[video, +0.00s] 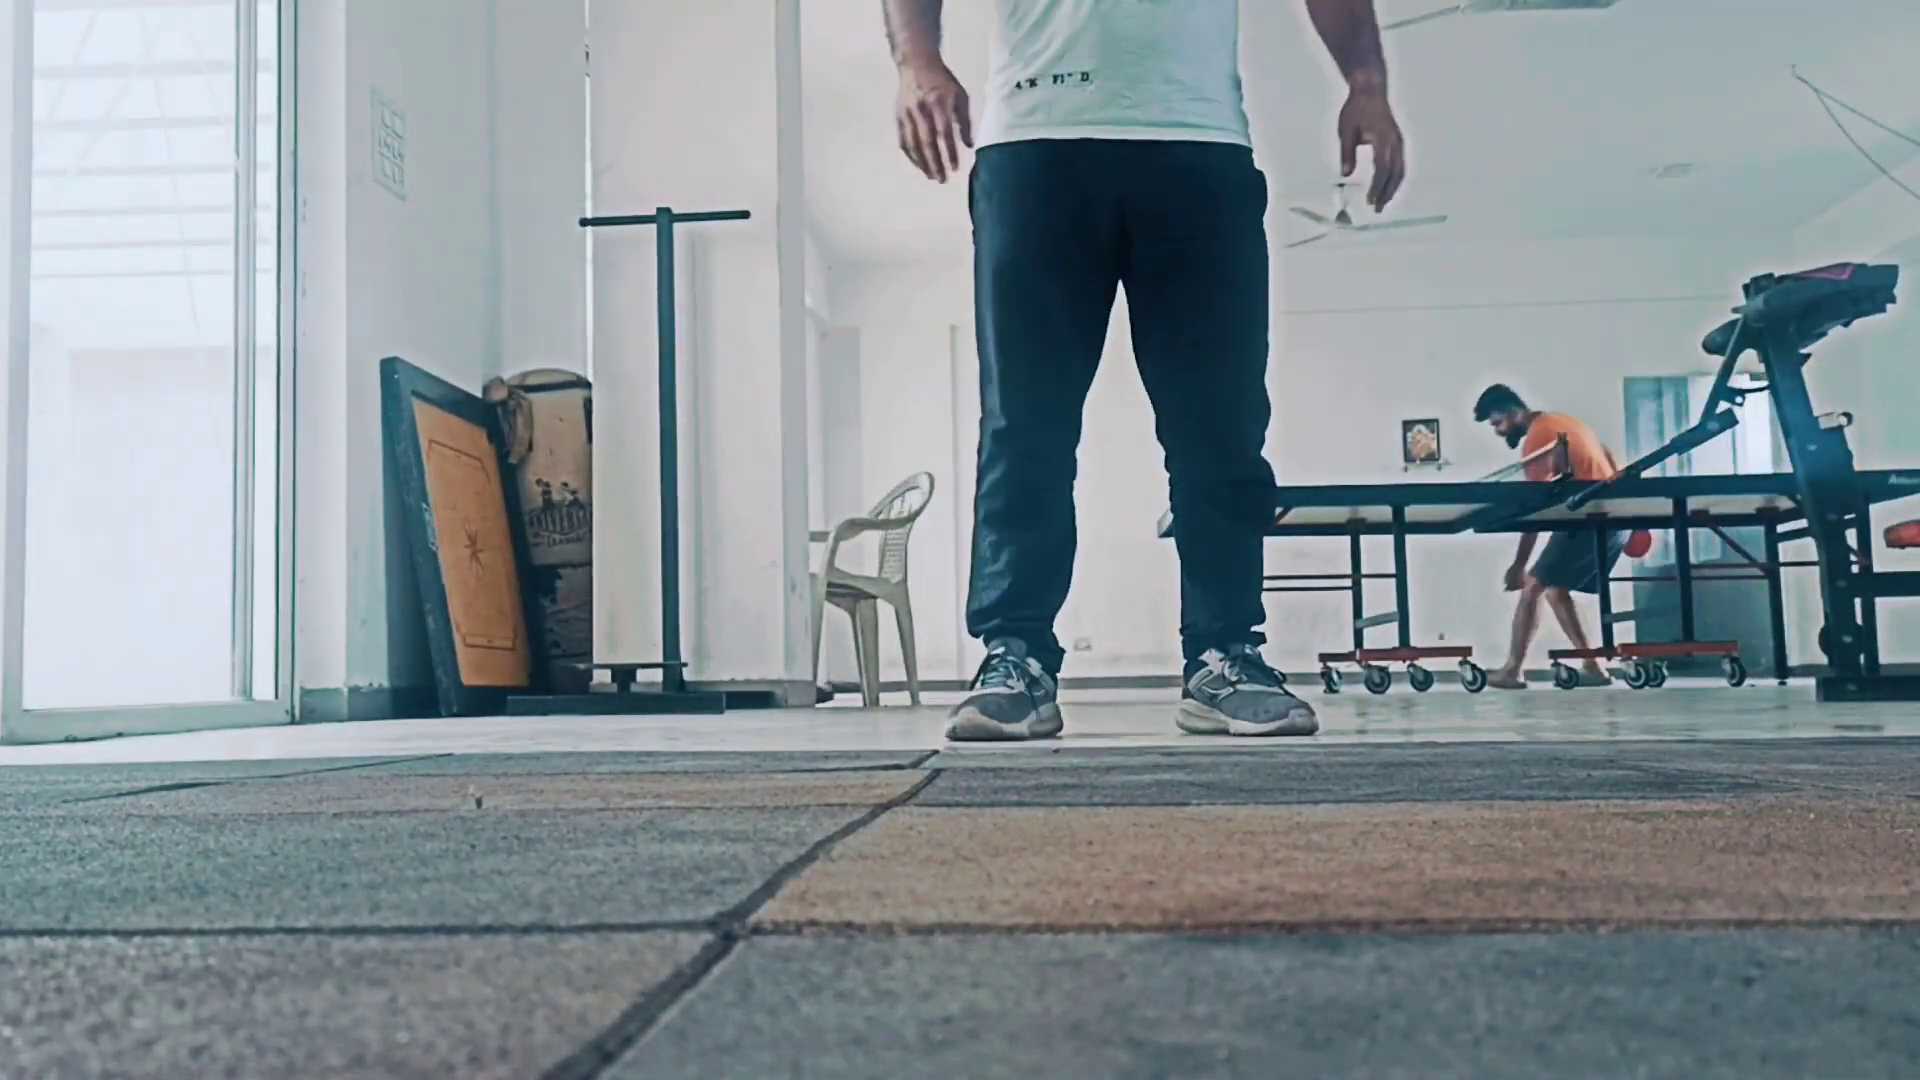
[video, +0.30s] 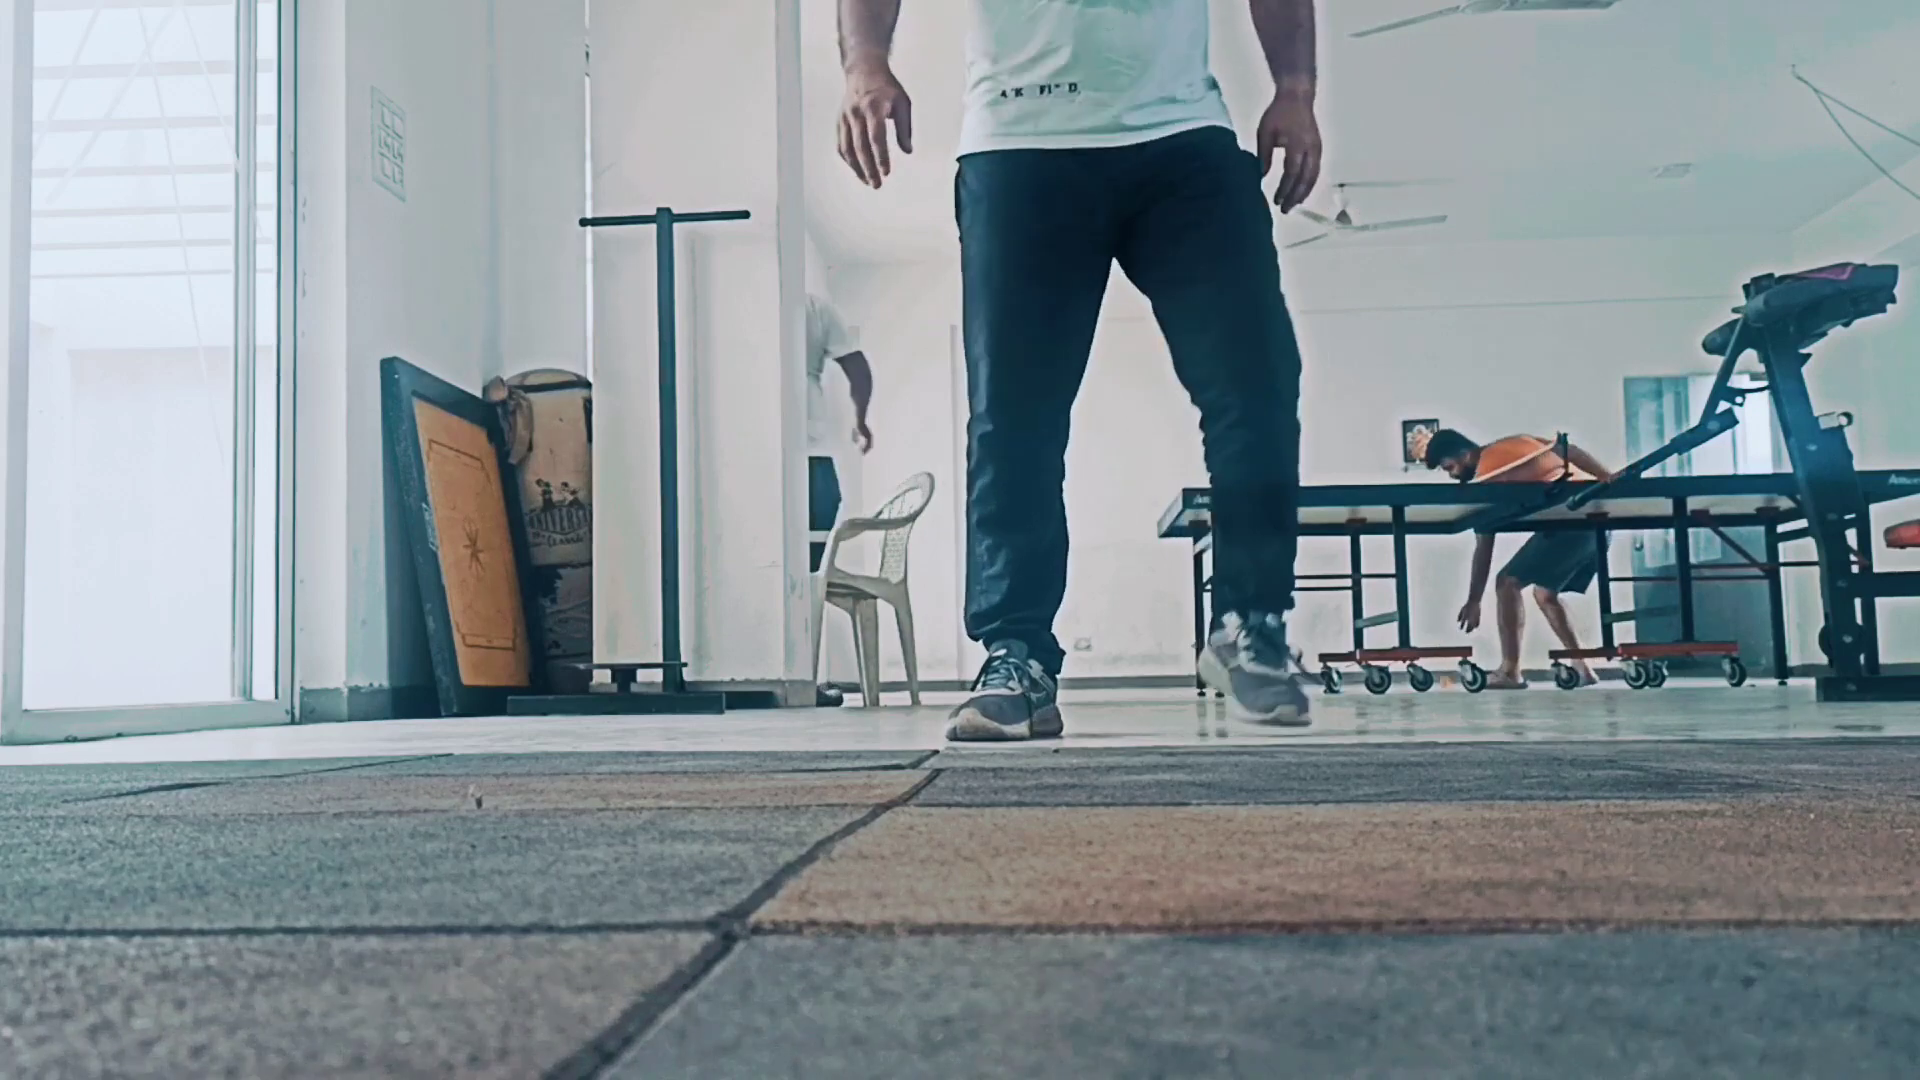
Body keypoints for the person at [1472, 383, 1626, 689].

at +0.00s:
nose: (1497, 431)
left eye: (1497, 422)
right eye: (1493, 425)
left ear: (1512, 412)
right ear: (1519, 409)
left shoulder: (1537, 436)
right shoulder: (1565, 423)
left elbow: (1536, 508)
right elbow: (1610, 461)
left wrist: (1518, 564)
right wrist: (1631, 518)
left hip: (1583, 522)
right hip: (1610, 519)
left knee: (1531, 588)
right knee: (1556, 590)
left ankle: (1511, 670)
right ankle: (1592, 666)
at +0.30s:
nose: (1451, 475)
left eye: (1449, 467)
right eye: (1445, 470)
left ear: (1461, 453)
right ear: (1468, 447)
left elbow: (1484, 543)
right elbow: (1570, 451)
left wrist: (1473, 601)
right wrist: (1609, 478)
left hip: (1567, 523)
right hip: (1593, 517)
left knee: (1507, 582)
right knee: (1545, 594)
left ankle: (1510, 671)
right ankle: (1582, 668)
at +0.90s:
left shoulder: (1473, 534)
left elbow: (1475, 592)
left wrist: (1462, 645)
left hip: (1567, 533)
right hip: (1594, 530)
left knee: (1503, 581)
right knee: (1550, 594)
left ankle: (1509, 671)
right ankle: (1582, 671)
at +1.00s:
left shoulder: (1472, 530)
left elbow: (1481, 588)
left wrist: (1452, 638)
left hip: (1563, 532)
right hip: (1589, 529)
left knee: (1502, 583)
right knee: (1550, 594)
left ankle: (1509, 671)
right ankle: (1583, 672)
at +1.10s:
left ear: (1439, 499)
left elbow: (1482, 579)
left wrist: (1445, 611)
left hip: (1562, 522)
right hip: (1586, 518)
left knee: (1506, 583)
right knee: (1551, 592)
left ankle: (1509, 672)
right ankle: (1583, 671)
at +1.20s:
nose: (1434, 503)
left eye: (1430, 495)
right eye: (1428, 499)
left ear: (1440, 484)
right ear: (1445, 472)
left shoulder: (1470, 477)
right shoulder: (1473, 503)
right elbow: (1485, 561)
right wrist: (1444, 584)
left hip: (1560, 513)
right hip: (1580, 511)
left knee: (1510, 582)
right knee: (1552, 591)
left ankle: (1509, 672)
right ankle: (1582, 671)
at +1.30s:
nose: (1436, 480)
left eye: (1433, 473)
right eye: (1431, 475)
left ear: (1444, 460)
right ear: (1448, 452)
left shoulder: (1472, 475)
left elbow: (1490, 540)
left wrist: (1446, 555)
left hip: (1556, 513)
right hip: (1580, 507)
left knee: (1513, 581)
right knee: (1552, 588)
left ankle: (1509, 671)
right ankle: (1584, 671)